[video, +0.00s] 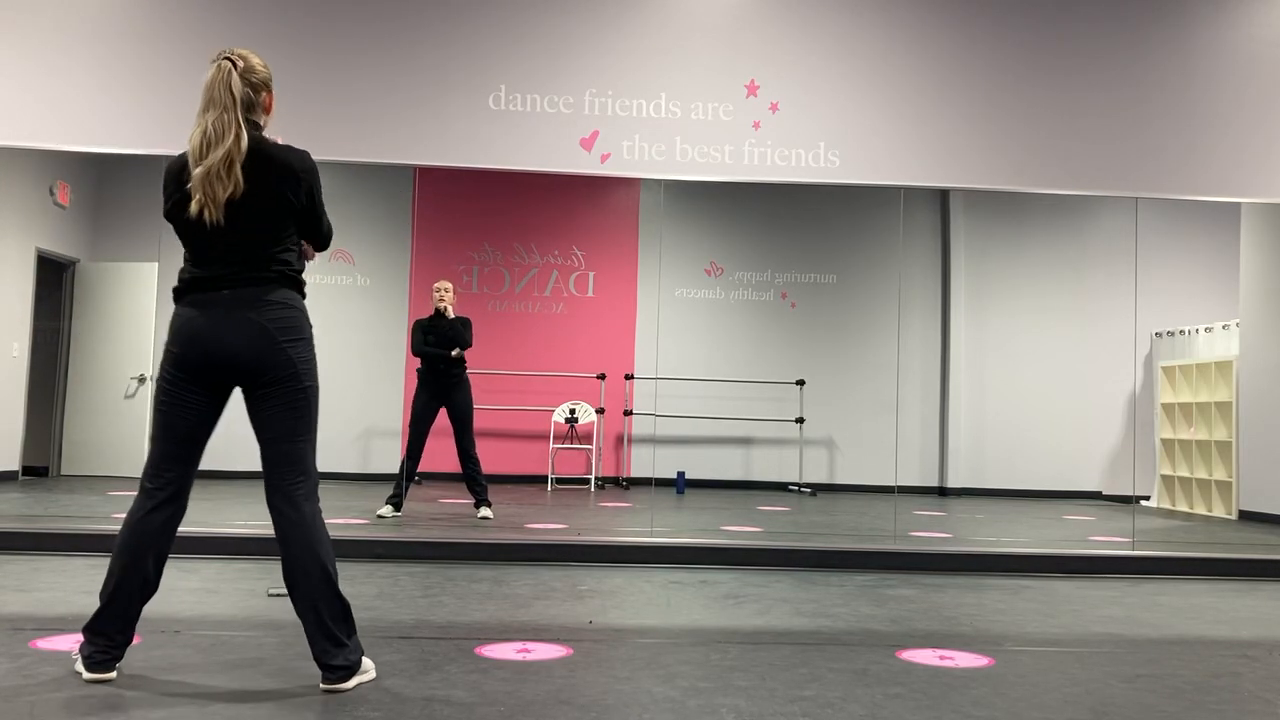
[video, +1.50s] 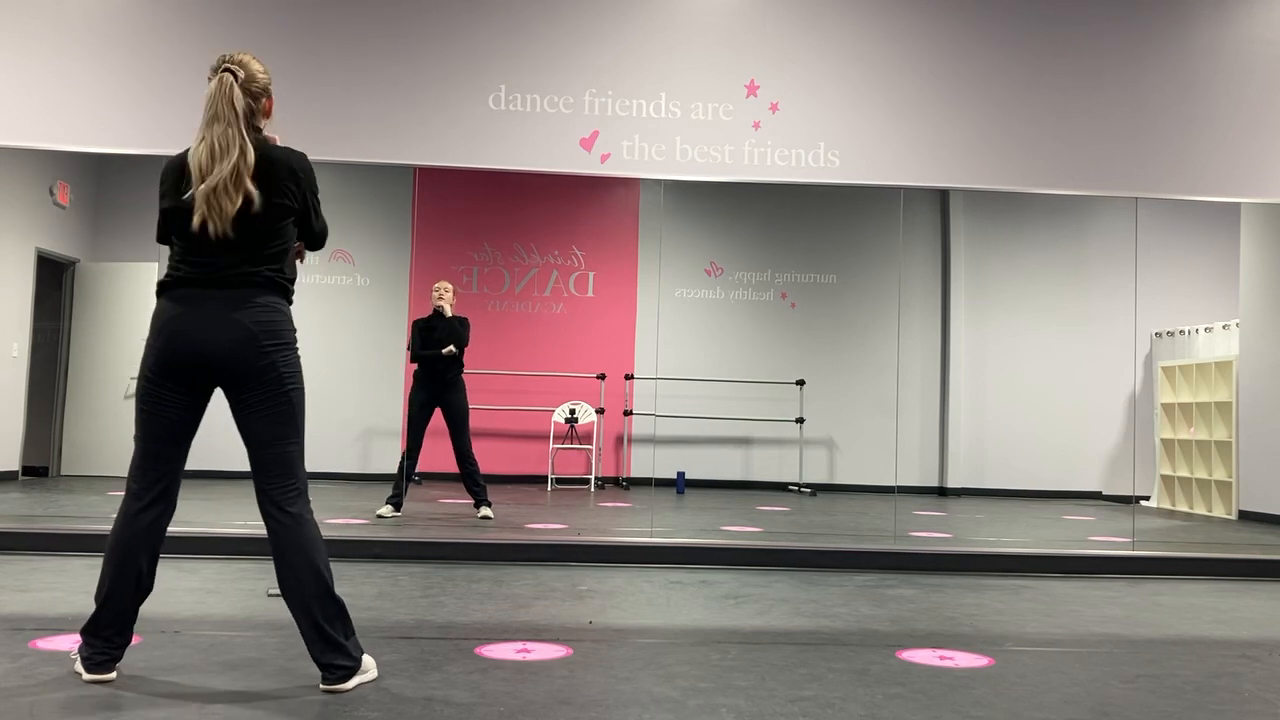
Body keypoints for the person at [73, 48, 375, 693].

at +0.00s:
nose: (277, 104)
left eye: (274, 94)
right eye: (274, 95)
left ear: (211, 98)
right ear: (262, 101)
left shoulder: (180, 170)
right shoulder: (291, 164)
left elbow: (199, 237)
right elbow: (319, 236)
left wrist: (289, 240)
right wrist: (267, 231)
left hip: (195, 324)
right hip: (275, 323)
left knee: (160, 488)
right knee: (294, 491)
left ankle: (101, 648)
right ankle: (338, 657)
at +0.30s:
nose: (268, 112)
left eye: (264, 102)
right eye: (266, 103)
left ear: (203, 105)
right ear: (256, 107)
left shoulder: (167, 173)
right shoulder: (290, 177)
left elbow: (155, 251)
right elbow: (293, 255)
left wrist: (210, 268)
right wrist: (234, 274)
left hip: (163, 328)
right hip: (248, 332)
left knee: (135, 487)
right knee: (274, 499)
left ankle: (98, 650)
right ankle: (336, 659)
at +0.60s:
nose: (275, 109)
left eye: (272, 98)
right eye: (272, 100)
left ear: (210, 100)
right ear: (260, 104)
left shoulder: (175, 168)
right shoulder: (284, 164)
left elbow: (177, 237)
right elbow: (318, 239)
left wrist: (243, 221)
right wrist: (277, 200)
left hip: (192, 328)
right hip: (271, 327)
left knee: (159, 489)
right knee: (292, 494)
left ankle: (100, 649)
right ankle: (338, 659)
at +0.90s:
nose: (279, 114)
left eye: (276, 104)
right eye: (276, 104)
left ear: (212, 106)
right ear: (263, 107)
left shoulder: (178, 176)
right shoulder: (288, 170)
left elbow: (183, 245)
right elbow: (320, 245)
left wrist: (268, 240)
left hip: (211, 334)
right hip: (288, 328)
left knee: (177, 489)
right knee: (304, 492)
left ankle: (102, 648)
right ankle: (339, 658)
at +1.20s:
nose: (275, 104)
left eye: (271, 94)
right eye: (273, 95)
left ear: (210, 100)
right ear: (263, 102)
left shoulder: (174, 166)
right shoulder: (294, 171)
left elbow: (161, 240)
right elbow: (301, 246)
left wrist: (219, 249)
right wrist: (240, 255)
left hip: (174, 327)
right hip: (257, 330)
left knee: (145, 488)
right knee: (282, 498)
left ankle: (100, 650)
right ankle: (338, 658)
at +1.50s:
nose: (276, 109)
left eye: (271, 99)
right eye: (273, 100)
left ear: (211, 101)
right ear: (263, 105)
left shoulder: (178, 167)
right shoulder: (289, 164)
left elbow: (170, 235)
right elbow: (315, 235)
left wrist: (249, 228)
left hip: (177, 326)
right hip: (259, 327)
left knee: (148, 489)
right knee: (286, 497)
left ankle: (100, 650)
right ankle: (338, 659)